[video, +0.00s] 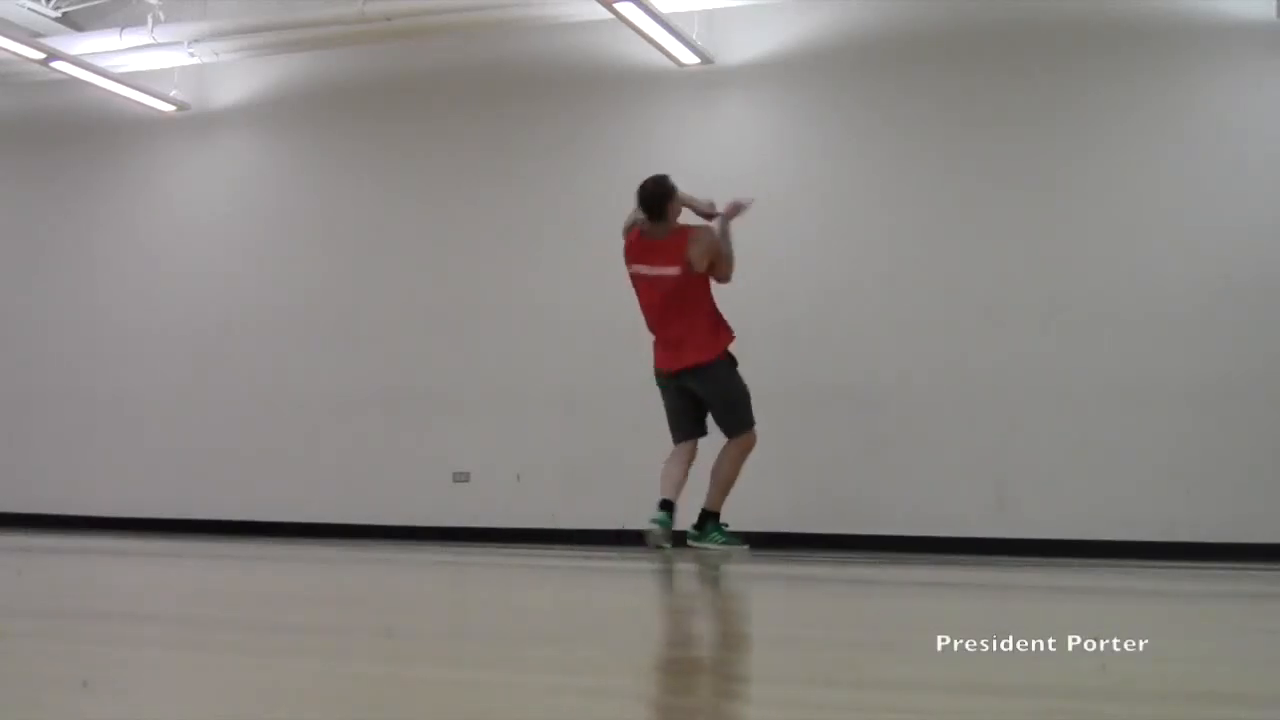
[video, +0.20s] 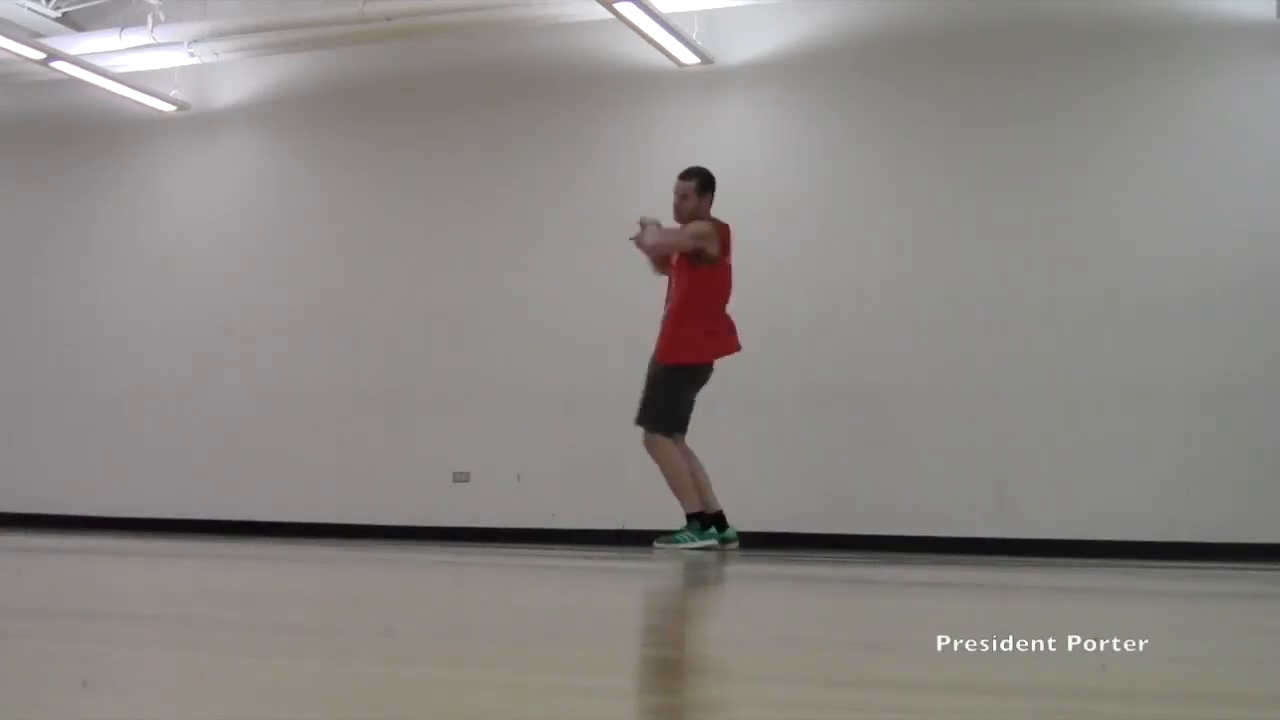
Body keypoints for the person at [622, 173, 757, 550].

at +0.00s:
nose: (679, 203)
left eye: (674, 197)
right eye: (675, 199)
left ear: (643, 209)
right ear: (673, 207)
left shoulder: (632, 238)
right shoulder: (698, 239)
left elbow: (659, 199)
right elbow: (724, 273)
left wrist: (699, 206)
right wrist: (724, 224)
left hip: (667, 363)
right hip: (708, 360)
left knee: (685, 442)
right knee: (742, 436)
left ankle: (663, 515)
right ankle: (708, 524)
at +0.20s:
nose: (677, 201)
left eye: (685, 195)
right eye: (676, 194)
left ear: (705, 198)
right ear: (680, 198)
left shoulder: (707, 231)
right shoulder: (695, 235)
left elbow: (654, 244)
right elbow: (663, 264)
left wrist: (649, 227)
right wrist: (650, 238)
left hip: (683, 352)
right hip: (689, 352)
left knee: (656, 439)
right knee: (672, 440)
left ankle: (698, 524)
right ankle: (716, 523)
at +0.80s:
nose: (685, 212)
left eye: (691, 206)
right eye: (679, 207)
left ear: (705, 206)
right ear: (672, 206)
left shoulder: (725, 231)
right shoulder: (664, 237)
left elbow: (714, 249)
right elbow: (660, 220)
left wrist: (666, 248)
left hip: (714, 352)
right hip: (670, 352)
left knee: (710, 426)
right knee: (671, 445)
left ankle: (707, 518)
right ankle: (673, 525)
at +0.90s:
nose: (697, 212)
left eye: (703, 206)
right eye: (690, 207)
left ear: (718, 208)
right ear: (683, 210)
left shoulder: (736, 239)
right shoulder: (669, 235)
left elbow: (718, 255)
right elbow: (691, 223)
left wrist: (667, 241)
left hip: (715, 357)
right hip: (670, 356)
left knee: (711, 425)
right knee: (662, 447)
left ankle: (706, 521)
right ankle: (672, 519)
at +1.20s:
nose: (702, 205)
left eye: (710, 198)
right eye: (696, 199)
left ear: (727, 199)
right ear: (690, 200)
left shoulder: (745, 228)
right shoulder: (681, 233)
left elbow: (716, 224)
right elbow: (662, 281)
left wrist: (680, 207)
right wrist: (682, 251)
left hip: (736, 345)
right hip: (696, 338)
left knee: (729, 431)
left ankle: (710, 520)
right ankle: (671, 418)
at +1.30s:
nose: (704, 198)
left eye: (711, 191)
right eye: (697, 192)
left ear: (728, 191)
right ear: (691, 193)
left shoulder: (749, 220)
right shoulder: (679, 228)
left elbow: (739, 226)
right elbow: (664, 283)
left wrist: (690, 215)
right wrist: (683, 253)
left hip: (734, 340)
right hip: (690, 331)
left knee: (730, 430)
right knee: (707, 308)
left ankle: (710, 520)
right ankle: (691, 386)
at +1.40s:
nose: (704, 178)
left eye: (711, 171)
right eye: (698, 172)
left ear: (727, 170)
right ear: (692, 173)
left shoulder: (750, 197)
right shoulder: (682, 203)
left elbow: (750, 234)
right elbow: (665, 242)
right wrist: (659, 281)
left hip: (738, 321)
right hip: (694, 311)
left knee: (728, 424)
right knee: (703, 346)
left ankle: (710, 519)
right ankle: (692, 409)